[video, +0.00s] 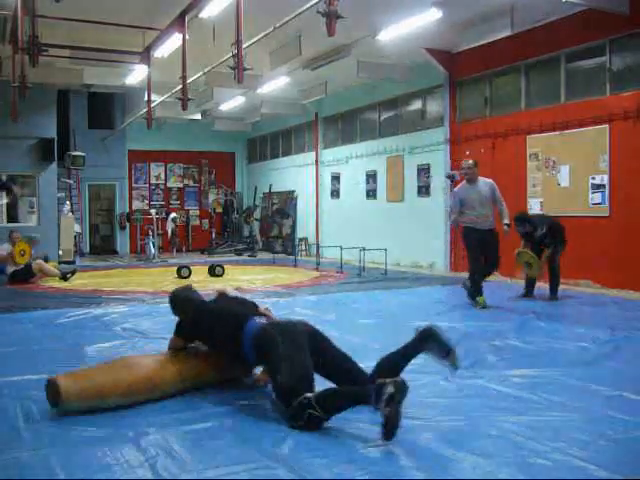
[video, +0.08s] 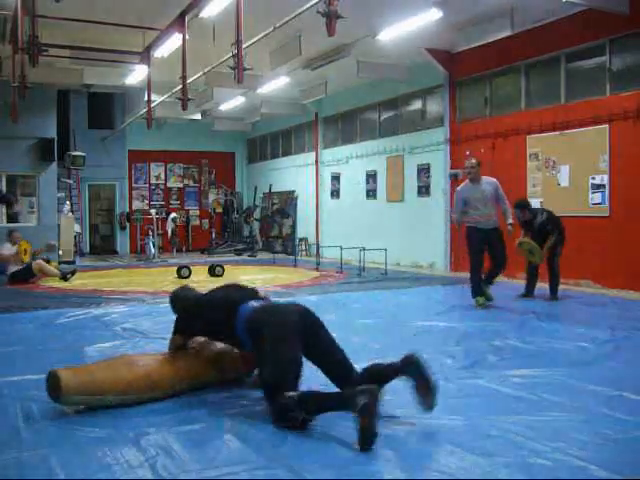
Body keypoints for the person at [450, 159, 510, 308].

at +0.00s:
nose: (466, 172)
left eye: (469, 168)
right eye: (464, 169)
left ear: (476, 170)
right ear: (461, 171)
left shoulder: (489, 184)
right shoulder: (458, 191)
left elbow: (501, 203)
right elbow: (453, 212)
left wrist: (505, 220)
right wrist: (455, 220)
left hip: (489, 228)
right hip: (470, 228)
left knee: (492, 263)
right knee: (476, 263)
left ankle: (472, 282)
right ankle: (477, 295)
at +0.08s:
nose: (470, 171)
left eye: (473, 167)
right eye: (467, 168)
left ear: (479, 168)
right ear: (464, 170)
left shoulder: (492, 183)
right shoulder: (461, 190)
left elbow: (504, 202)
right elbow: (457, 213)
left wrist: (509, 221)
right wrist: (458, 218)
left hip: (492, 227)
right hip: (474, 227)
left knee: (500, 261)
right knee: (476, 263)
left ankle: (485, 284)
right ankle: (477, 295)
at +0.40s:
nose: (481, 170)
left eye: (484, 167)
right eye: (479, 167)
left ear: (492, 168)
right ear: (477, 170)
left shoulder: (505, 184)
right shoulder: (473, 189)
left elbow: (516, 203)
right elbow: (468, 212)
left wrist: (521, 222)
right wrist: (470, 218)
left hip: (505, 228)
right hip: (484, 229)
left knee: (515, 263)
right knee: (482, 266)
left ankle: (523, 294)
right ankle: (479, 296)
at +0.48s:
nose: (487, 170)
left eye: (490, 167)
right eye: (485, 167)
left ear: (498, 168)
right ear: (482, 169)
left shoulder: (511, 184)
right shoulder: (478, 190)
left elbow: (523, 204)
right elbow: (474, 212)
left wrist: (527, 224)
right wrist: (474, 219)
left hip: (511, 229)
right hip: (490, 229)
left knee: (519, 263)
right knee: (486, 265)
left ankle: (525, 297)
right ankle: (481, 296)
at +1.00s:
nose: (512, 168)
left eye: (516, 164)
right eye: (510, 165)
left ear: (524, 166)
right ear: (509, 168)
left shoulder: (539, 183)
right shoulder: (505, 189)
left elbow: (553, 202)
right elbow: (500, 211)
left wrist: (558, 220)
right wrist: (499, 219)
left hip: (538, 229)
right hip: (518, 229)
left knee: (536, 265)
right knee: (519, 264)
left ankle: (530, 299)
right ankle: (521, 298)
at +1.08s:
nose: (516, 168)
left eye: (519, 164)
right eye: (513, 165)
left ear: (528, 165)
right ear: (512, 168)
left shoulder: (542, 183)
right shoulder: (509, 190)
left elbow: (556, 202)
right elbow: (502, 213)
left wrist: (561, 219)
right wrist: (503, 219)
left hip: (541, 230)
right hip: (520, 230)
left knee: (539, 267)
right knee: (525, 267)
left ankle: (530, 299)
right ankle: (527, 302)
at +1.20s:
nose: (518, 168)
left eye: (521, 164)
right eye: (515, 165)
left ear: (530, 166)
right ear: (514, 168)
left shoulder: (544, 183)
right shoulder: (510, 190)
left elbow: (558, 204)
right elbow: (504, 215)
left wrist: (562, 222)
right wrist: (506, 218)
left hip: (543, 231)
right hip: (523, 231)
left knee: (541, 269)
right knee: (526, 268)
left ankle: (531, 300)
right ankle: (527, 303)